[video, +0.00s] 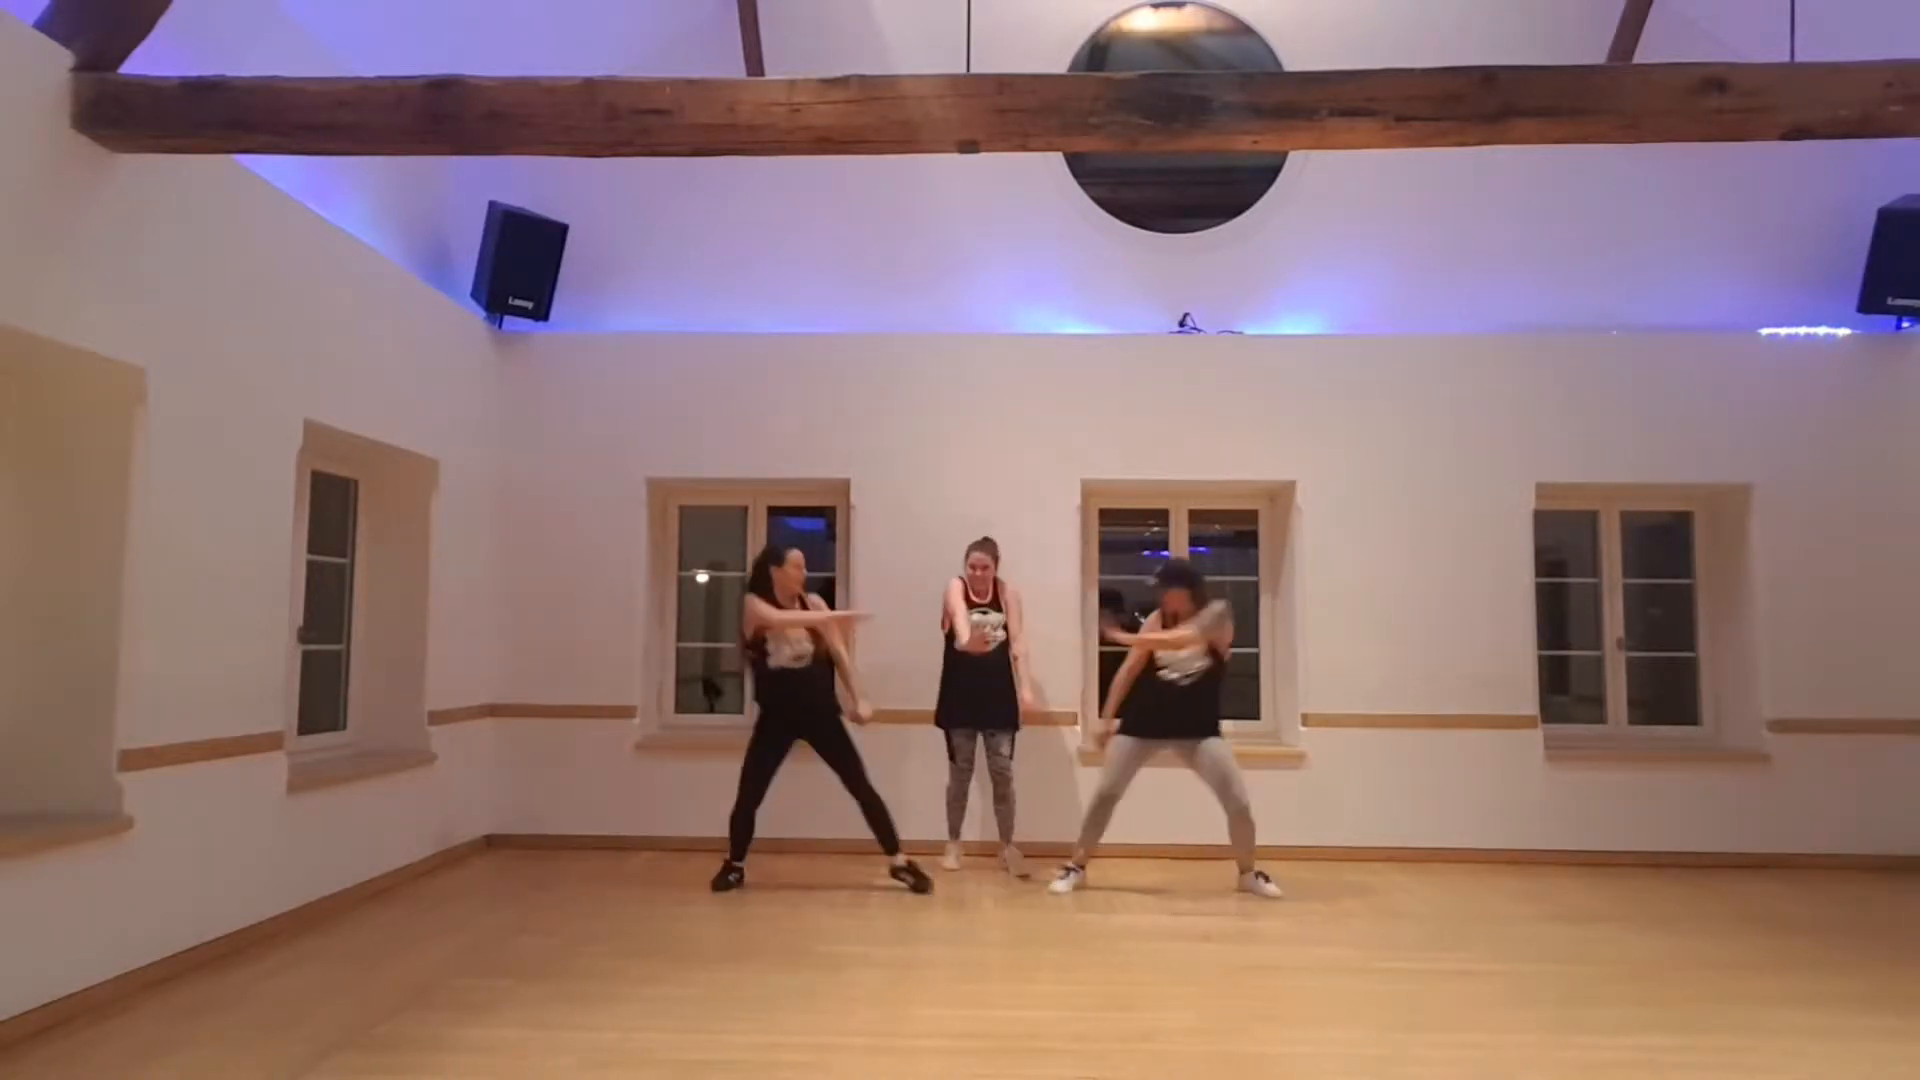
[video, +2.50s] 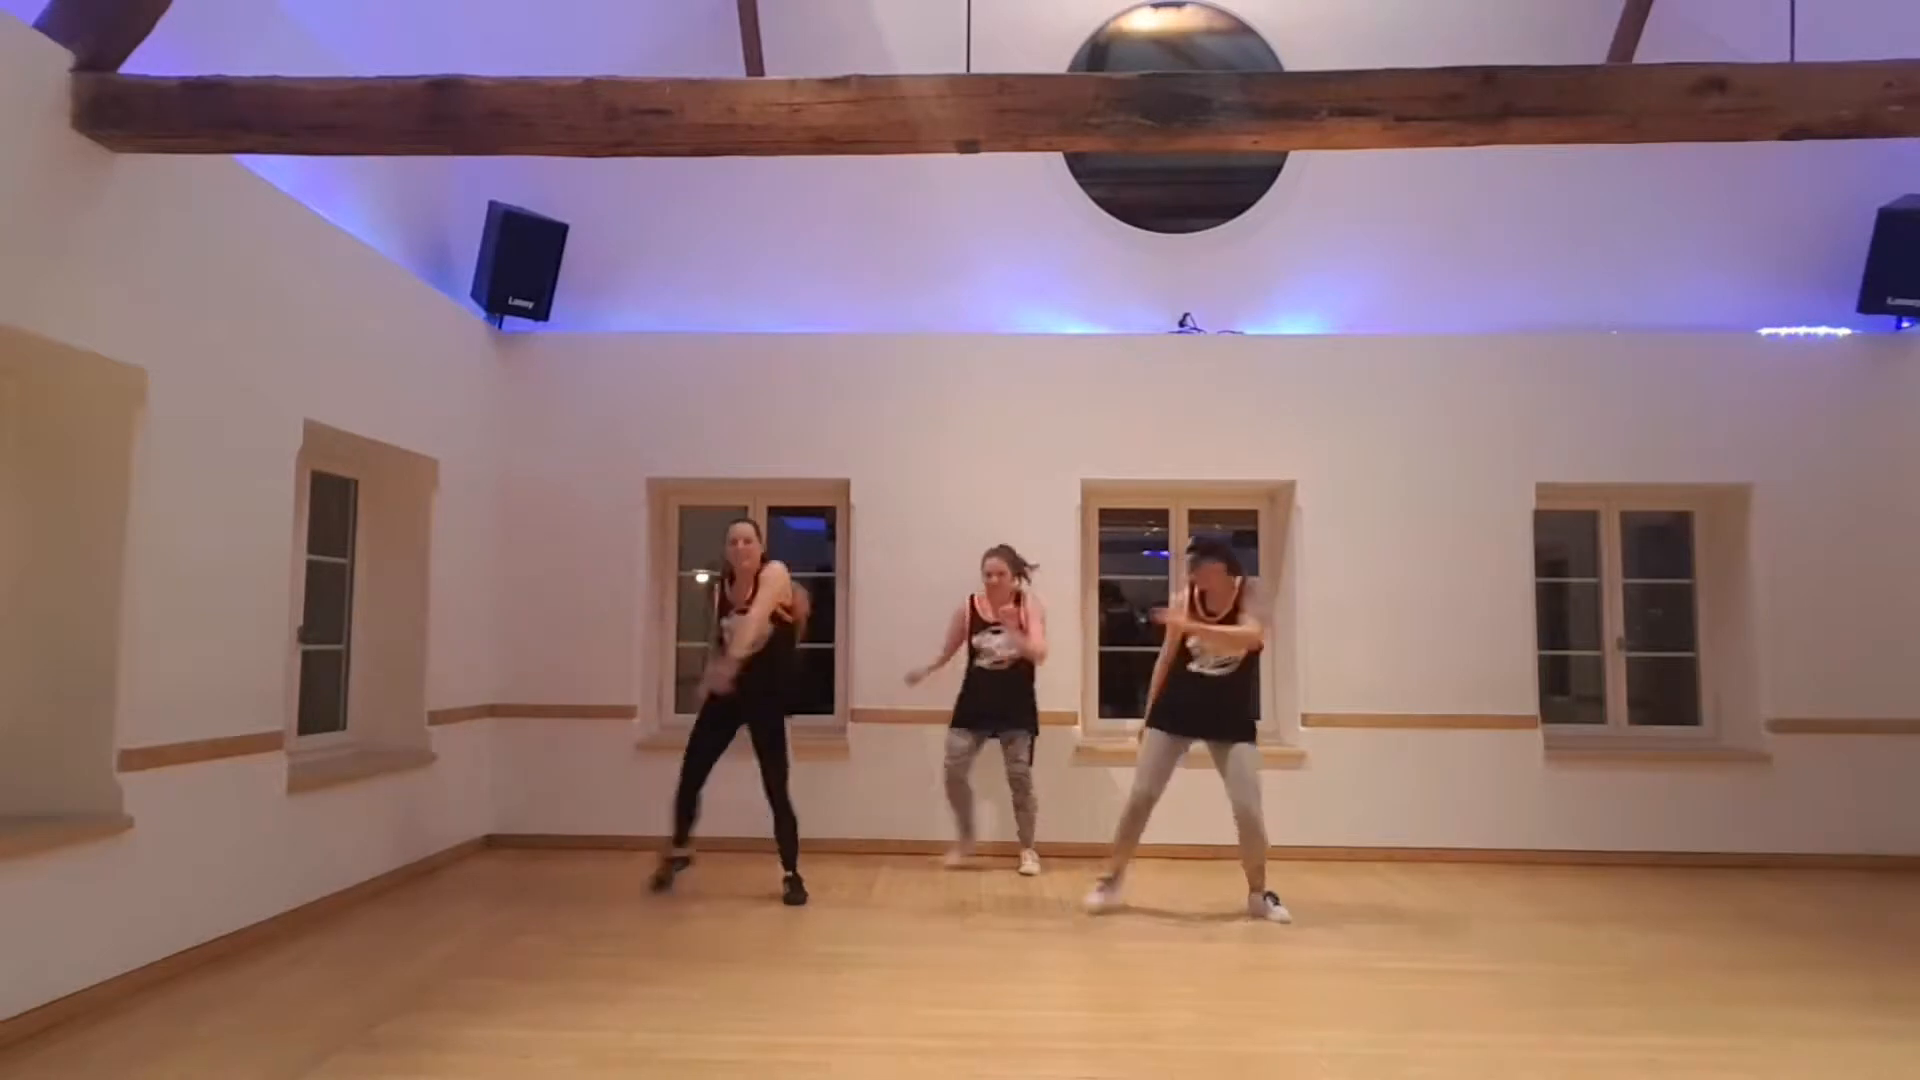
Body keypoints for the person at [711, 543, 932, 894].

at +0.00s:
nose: (803, 575)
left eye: (804, 568)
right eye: (797, 568)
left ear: (801, 572)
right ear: (774, 571)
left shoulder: (815, 604)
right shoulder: (753, 603)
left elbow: (838, 651)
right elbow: (775, 620)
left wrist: (858, 698)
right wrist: (832, 618)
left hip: (820, 714)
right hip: (777, 717)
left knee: (860, 786)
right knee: (748, 797)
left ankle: (898, 861)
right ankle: (734, 865)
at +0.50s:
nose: (745, 579)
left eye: (752, 573)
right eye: (739, 574)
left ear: (767, 579)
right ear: (732, 581)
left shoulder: (783, 616)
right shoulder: (723, 614)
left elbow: (796, 662)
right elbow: (711, 657)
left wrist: (784, 681)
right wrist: (695, 651)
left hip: (754, 711)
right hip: (716, 711)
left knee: (763, 794)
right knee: (720, 794)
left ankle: (764, 866)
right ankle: (731, 863)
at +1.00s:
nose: (665, 590)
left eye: (668, 584)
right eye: (657, 584)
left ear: (673, 590)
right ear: (634, 590)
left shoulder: (686, 621)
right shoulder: (620, 628)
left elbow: (723, 659)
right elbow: (644, 641)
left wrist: (756, 691)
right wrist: (706, 629)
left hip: (705, 730)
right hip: (660, 734)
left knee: (739, 799)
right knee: (617, 800)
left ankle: (764, 865)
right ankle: (602, 865)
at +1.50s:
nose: (659, 568)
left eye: (658, 561)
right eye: (651, 562)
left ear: (658, 566)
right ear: (630, 567)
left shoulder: (667, 602)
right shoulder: (607, 610)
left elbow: (699, 628)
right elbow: (564, 646)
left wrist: (689, 620)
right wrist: (531, 685)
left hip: (649, 710)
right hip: (607, 709)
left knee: (657, 790)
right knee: (600, 788)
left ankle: (638, 857)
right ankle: (602, 863)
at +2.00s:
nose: (651, 545)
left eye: (659, 540)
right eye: (651, 539)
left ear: (681, 548)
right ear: (651, 547)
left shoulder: (688, 593)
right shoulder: (638, 584)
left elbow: (678, 635)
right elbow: (613, 624)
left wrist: (632, 620)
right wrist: (587, 665)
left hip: (669, 695)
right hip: (635, 693)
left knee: (690, 776)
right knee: (612, 775)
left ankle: (734, 852)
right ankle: (608, 859)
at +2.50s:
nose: (741, 547)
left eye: (748, 541)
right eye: (735, 542)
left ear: (761, 547)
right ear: (726, 551)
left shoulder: (774, 574)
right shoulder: (723, 586)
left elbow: (752, 628)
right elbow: (726, 636)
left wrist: (727, 663)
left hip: (765, 695)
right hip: (727, 692)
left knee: (776, 789)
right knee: (691, 774)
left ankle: (791, 874)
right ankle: (679, 850)